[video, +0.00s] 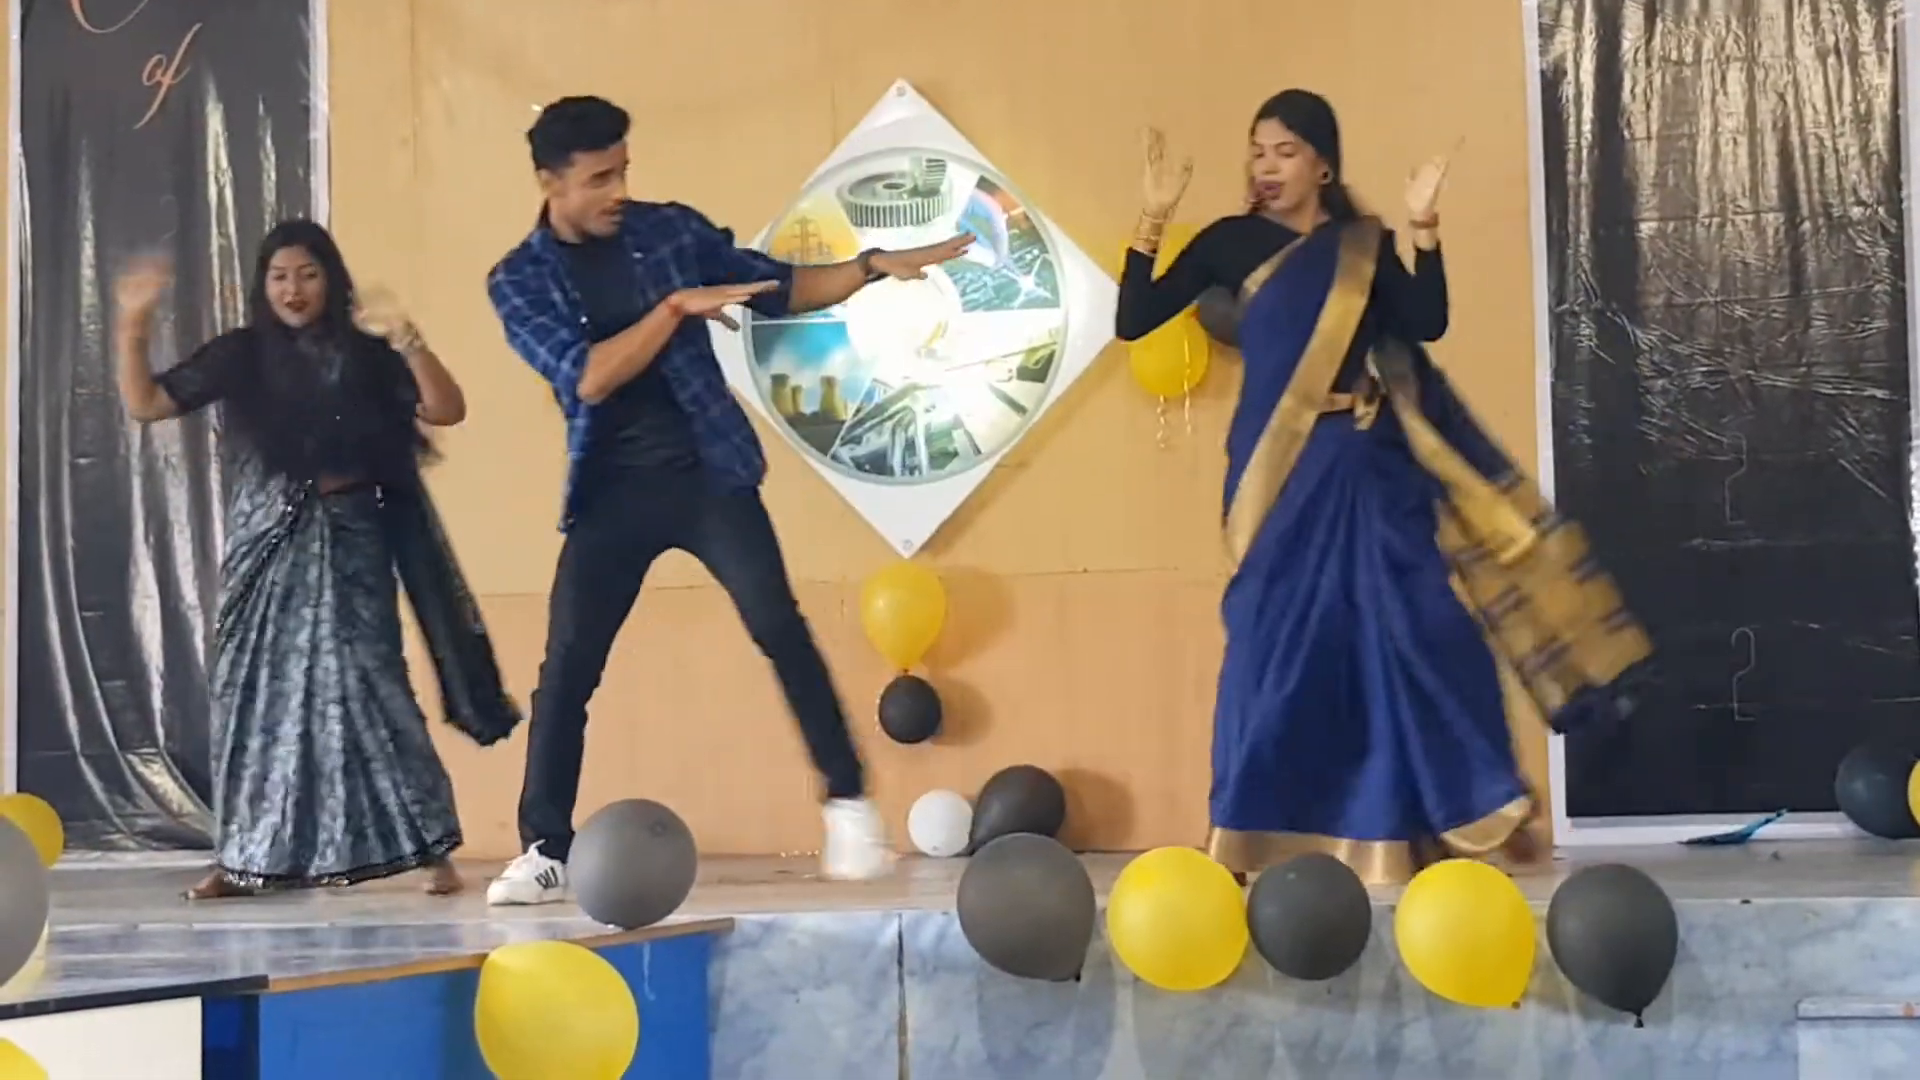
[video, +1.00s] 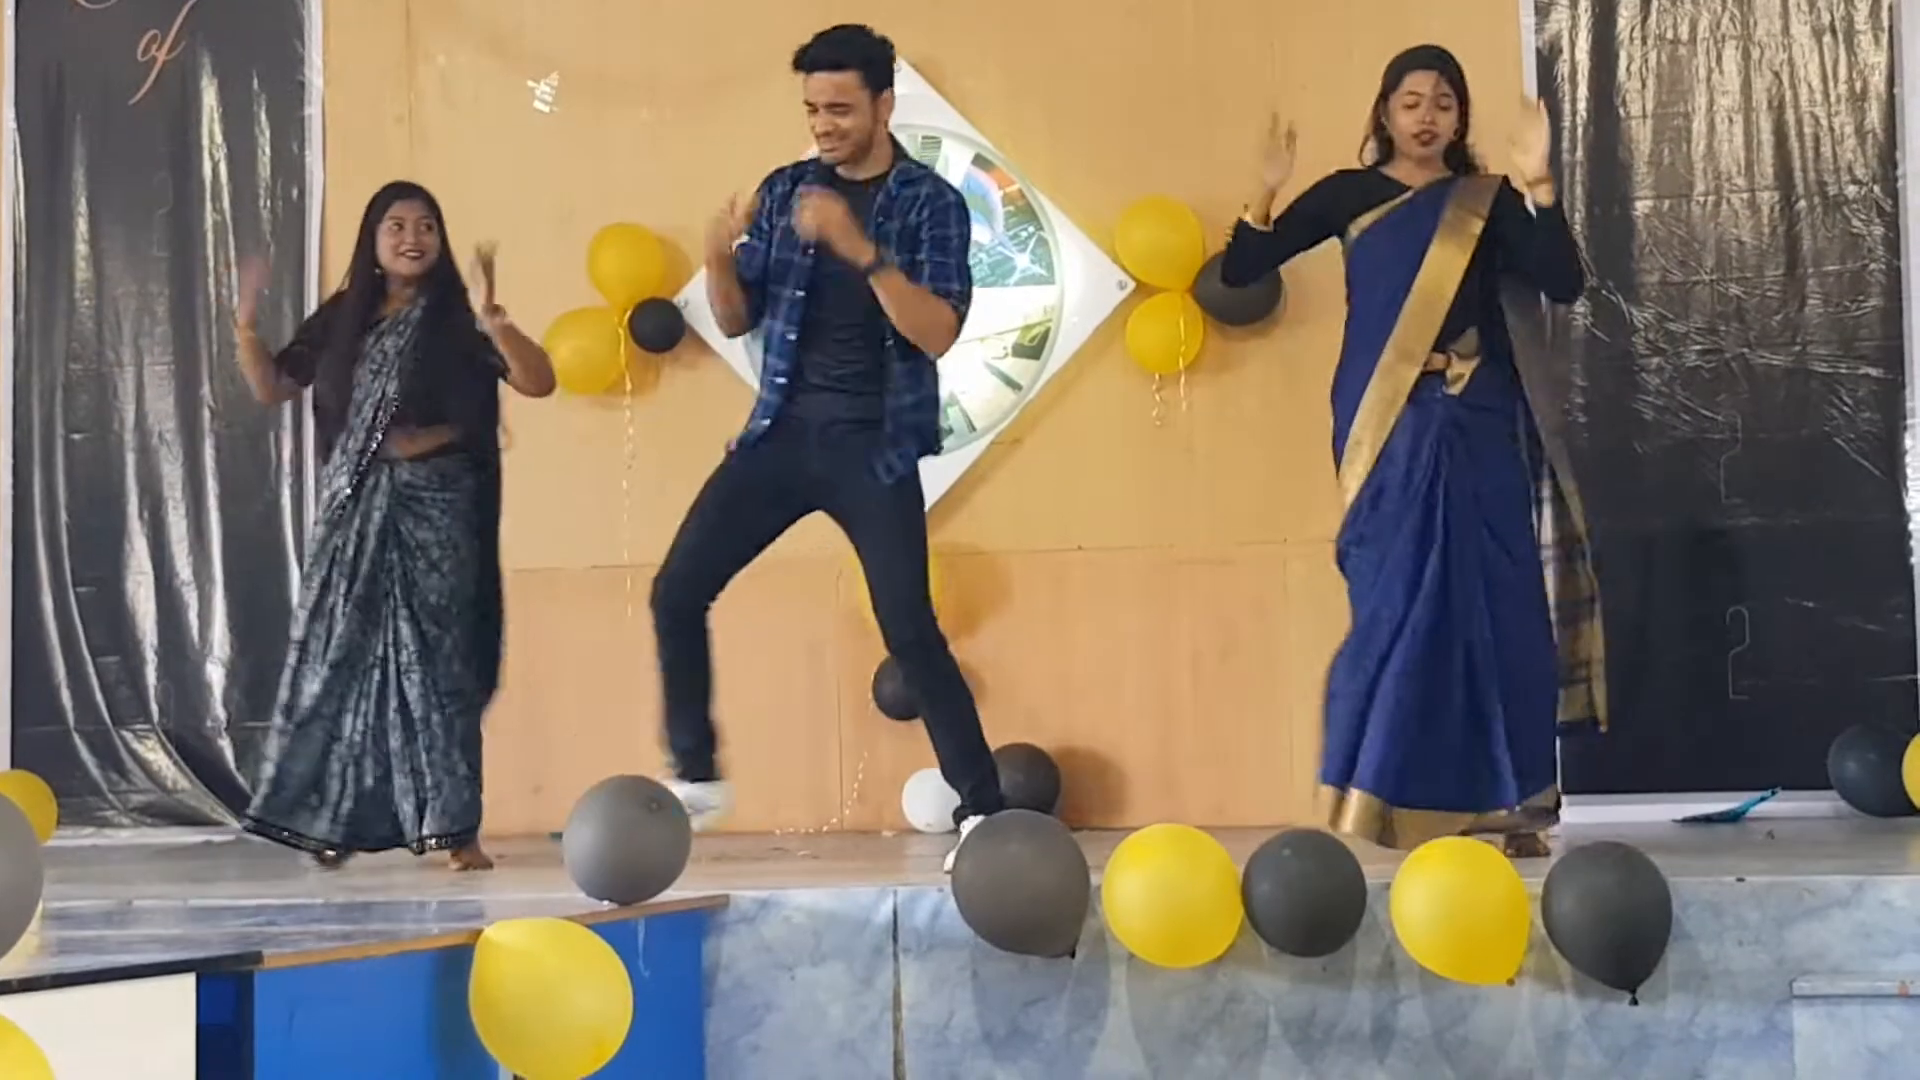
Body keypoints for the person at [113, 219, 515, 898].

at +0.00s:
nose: (293, 288)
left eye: (307, 274)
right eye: (279, 276)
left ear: (332, 281)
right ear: (262, 286)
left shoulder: (366, 354)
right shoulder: (244, 352)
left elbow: (449, 411)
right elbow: (146, 404)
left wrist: (411, 341)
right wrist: (133, 321)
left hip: (355, 537)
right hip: (270, 541)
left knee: (374, 687)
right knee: (257, 690)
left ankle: (431, 849)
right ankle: (247, 856)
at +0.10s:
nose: (274, 284)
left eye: (288, 270)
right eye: (260, 272)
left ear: (313, 275)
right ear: (243, 281)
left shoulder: (352, 345)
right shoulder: (226, 350)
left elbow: (438, 398)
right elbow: (124, 398)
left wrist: (402, 335)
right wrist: (114, 307)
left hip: (342, 535)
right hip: (256, 538)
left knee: (336, 684)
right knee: (247, 689)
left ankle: (343, 836)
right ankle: (239, 855)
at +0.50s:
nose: (284, 254)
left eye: (299, 242)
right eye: (271, 242)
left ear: (321, 256)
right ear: (251, 256)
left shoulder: (347, 331)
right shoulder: (227, 332)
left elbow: (427, 386)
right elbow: (130, 383)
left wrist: (386, 313)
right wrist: (96, 300)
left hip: (336, 518)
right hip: (256, 523)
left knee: (359, 663)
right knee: (240, 673)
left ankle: (412, 809)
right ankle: (226, 843)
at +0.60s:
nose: (311, 248)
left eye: (325, 237)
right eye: (296, 237)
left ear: (343, 250)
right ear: (274, 250)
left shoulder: (364, 323)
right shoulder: (246, 329)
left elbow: (446, 386)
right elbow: (162, 393)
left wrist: (416, 312)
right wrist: (149, 306)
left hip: (348, 516)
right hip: (268, 519)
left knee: (383, 661)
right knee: (256, 668)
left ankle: (452, 814)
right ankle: (229, 839)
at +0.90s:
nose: (396, 245)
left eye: (409, 235)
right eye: (382, 235)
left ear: (428, 251)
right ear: (358, 250)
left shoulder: (451, 325)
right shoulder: (334, 326)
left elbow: (515, 388)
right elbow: (249, 392)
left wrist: (496, 315)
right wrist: (229, 312)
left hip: (424, 509)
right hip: (343, 510)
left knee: (428, 662)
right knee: (297, 655)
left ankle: (459, 831)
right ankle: (267, 821)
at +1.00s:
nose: (412, 237)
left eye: (424, 227)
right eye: (397, 226)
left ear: (440, 240)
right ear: (373, 240)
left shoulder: (460, 317)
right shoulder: (345, 313)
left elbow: (540, 383)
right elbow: (271, 388)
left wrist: (499, 326)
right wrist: (246, 324)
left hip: (441, 496)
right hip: (360, 498)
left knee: (443, 656)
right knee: (347, 651)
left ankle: (453, 828)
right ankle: (340, 817)